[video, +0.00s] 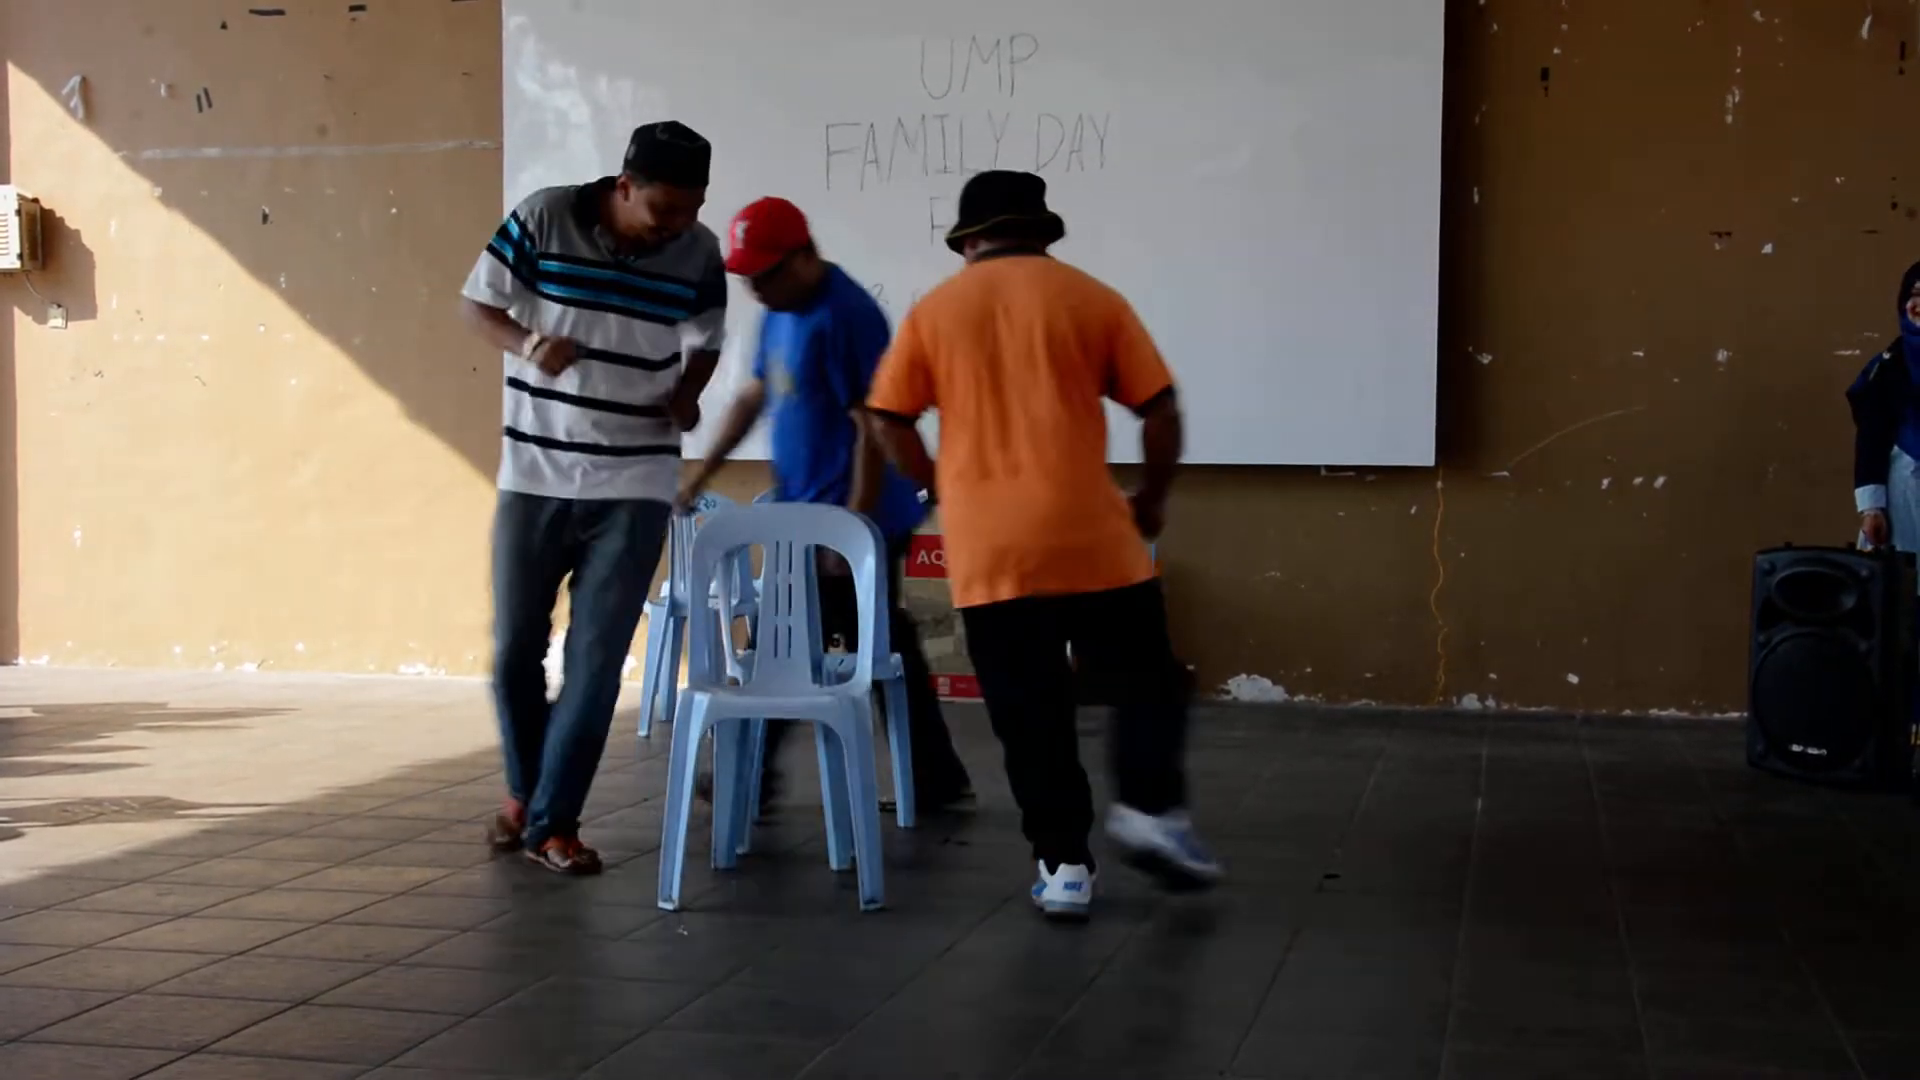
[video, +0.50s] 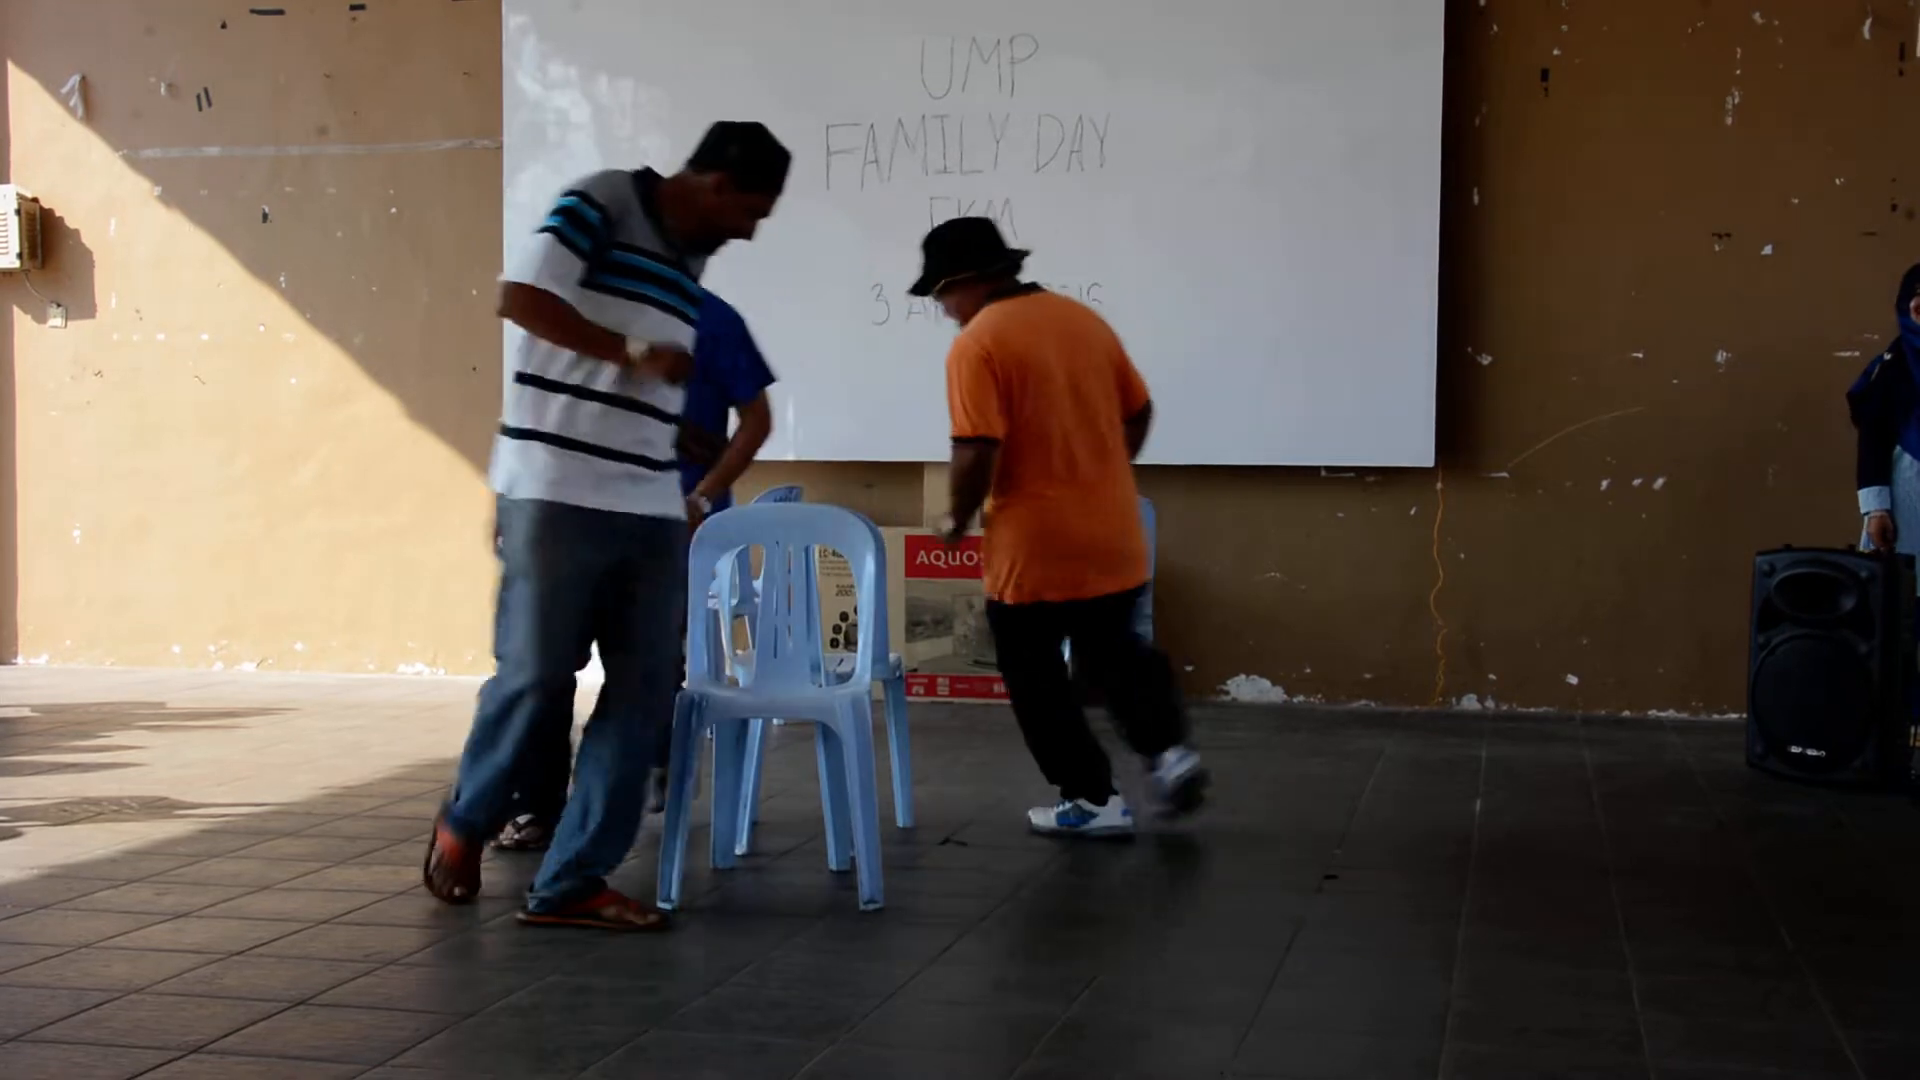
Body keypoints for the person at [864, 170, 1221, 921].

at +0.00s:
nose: (958, 255)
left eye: (959, 245)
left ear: (968, 241)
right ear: (1043, 233)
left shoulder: (935, 310)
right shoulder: (1090, 297)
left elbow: (886, 415)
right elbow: (1161, 409)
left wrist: (935, 485)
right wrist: (1153, 495)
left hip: (986, 546)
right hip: (1090, 533)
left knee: (1030, 717)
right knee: (1150, 675)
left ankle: (1063, 866)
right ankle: (1148, 808)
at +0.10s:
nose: (975, 259)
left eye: (976, 249)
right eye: (976, 249)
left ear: (989, 245)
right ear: (1057, 236)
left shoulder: (960, 308)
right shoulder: (1115, 292)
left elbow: (919, 417)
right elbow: (1192, 386)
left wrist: (957, 473)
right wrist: (1182, 476)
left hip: (1017, 548)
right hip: (1122, 536)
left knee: (1041, 705)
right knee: (1163, 683)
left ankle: (1069, 845)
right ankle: (1203, 838)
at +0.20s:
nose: (988, 281)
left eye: (988, 269)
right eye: (987, 270)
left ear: (1004, 261)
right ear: (1064, 251)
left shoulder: (985, 324)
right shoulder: (1134, 305)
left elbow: (950, 446)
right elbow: (1211, 396)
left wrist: (978, 503)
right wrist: (1190, 476)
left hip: (1041, 546)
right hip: (1145, 536)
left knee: (1059, 678)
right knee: (1175, 686)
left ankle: (1097, 781)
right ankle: (1204, 833)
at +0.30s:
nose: (980, 291)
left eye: (982, 277)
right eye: (977, 279)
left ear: (1003, 267)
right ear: (1051, 258)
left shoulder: (994, 326)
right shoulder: (1132, 306)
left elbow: (972, 441)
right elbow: (1195, 402)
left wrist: (989, 514)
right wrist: (1146, 460)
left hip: (1048, 543)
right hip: (1145, 534)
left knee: (1064, 686)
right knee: (1167, 681)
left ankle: (1119, 799)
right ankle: (1201, 823)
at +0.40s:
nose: (961, 291)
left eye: (961, 276)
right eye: (957, 278)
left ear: (984, 262)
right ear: (1026, 252)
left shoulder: (985, 320)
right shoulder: (1111, 303)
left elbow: (986, 423)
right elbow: (1165, 397)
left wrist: (985, 501)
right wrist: (1118, 456)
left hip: (1042, 534)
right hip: (1134, 523)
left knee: (1055, 679)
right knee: (1152, 653)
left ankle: (1093, 800)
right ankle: (1192, 758)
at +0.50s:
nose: (945, 309)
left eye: (944, 294)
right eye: (939, 297)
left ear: (968, 279)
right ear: (1003, 270)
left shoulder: (978, 344)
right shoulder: (1082, 318)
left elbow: (975, 454)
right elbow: (1137, 408)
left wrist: (956, 518)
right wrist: (1103, 474)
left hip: (1032, 540)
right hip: (1112, 528)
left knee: (1031, 674)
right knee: (1113, 649)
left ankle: (1090, 797)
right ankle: (1168, 753)